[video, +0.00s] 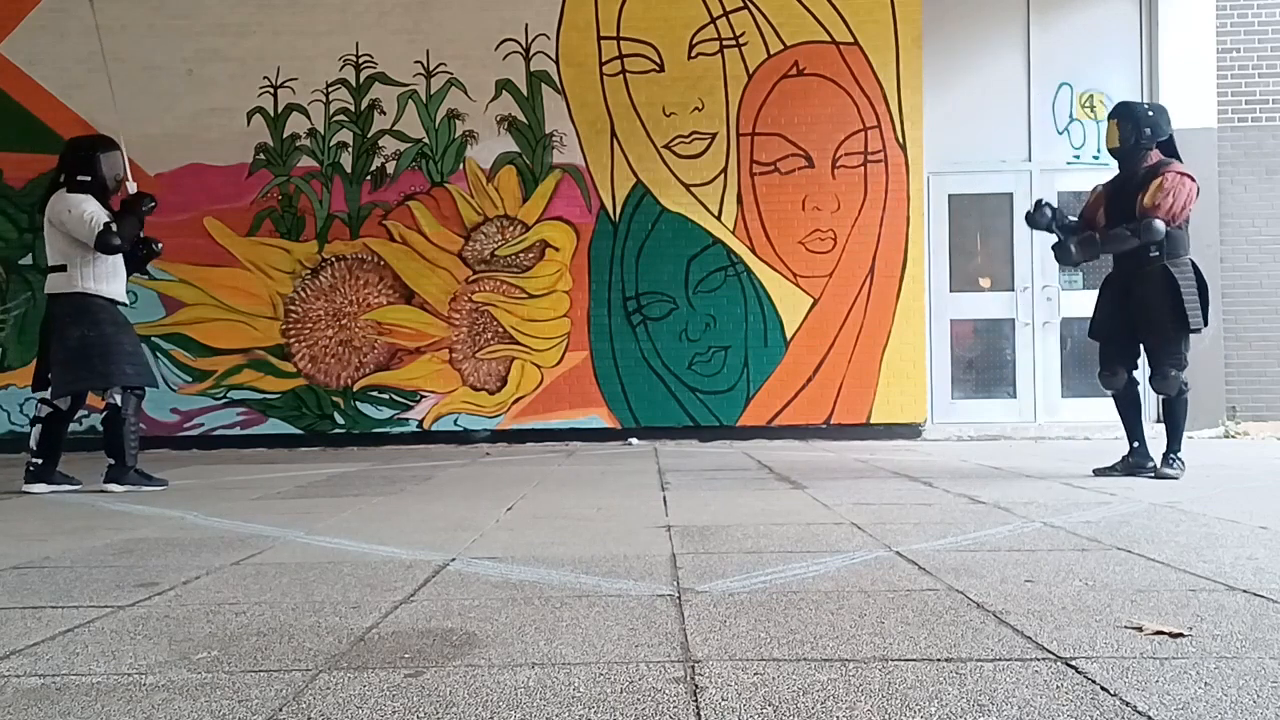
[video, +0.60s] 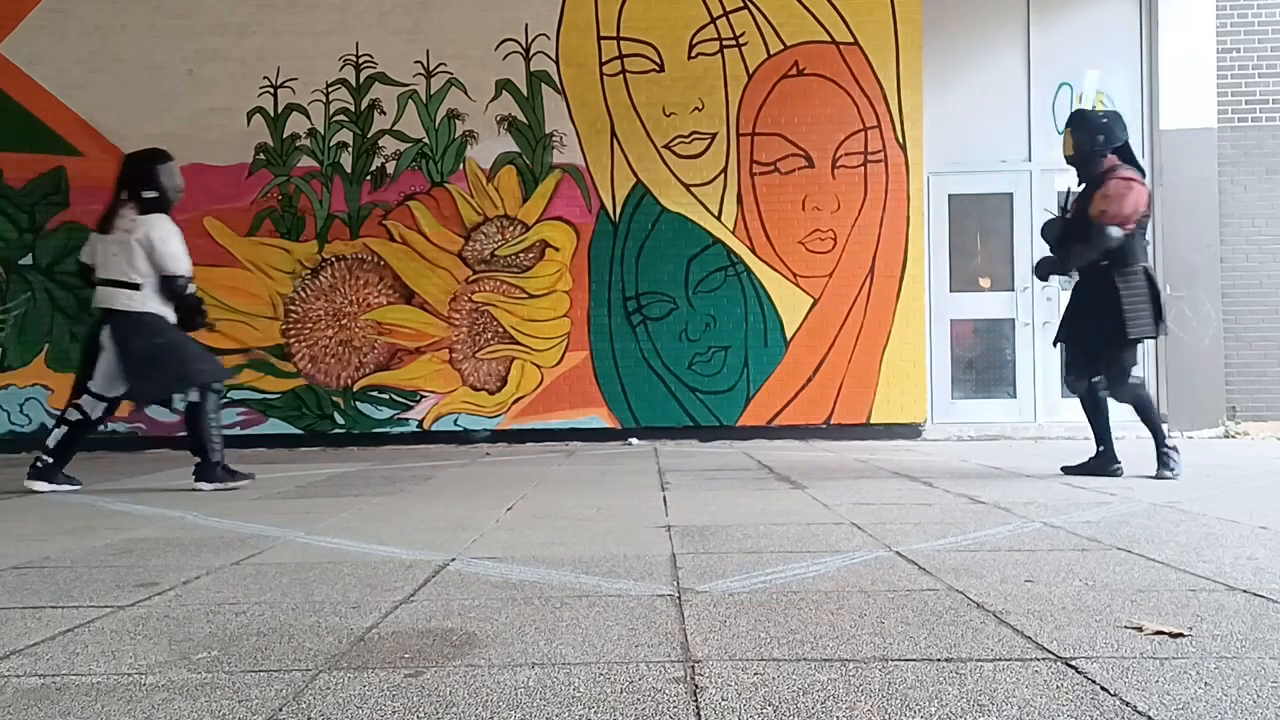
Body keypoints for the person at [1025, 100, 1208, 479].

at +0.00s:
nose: (1111, 139)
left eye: (1119, 130)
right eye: (1110, 131)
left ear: (1144, 133)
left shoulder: (1173, 179)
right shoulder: (1112, 189)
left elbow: (1150, 229)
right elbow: (1088, 229)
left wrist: (1087, 248)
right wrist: (1057, 221)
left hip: (1165, 283)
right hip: (1122, 284)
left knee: (1168, 375)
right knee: (1115, 371)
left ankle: (1173, 455)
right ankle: (1139, 454)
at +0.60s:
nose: (1070, 151)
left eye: (1075, 142)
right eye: (1069, 142)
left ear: (1098, 143)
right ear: (1100, 143)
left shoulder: (1122, 185)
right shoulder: (1094, 184)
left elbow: (1097, 243)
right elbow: (1076, 235)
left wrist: (1054, 263)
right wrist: (1056, 229)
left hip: (1122, 288)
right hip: (1092, 289)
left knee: (1120, 380)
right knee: (1081, 375)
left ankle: (1164, 446)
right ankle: (1106, 456)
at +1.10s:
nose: (991, 172)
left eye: (996, 165)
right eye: (991, 165)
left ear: (1018, 167)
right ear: (1033, 169)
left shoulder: (1021, 206)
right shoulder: (1055, 201)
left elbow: (981, 254)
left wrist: (954, 260)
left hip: (1034, 308)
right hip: (1059, 306)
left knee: (977, 374)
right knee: (1039, 391)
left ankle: (948, 458)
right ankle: (1102, 456)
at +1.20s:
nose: (975, 172)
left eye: (980, 165)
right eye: (975, 165)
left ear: (1001, 168)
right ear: (1017, 170)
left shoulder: (1001, 208)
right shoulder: (1041, 205)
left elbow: (965, 258)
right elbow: (1025, 256)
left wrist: (942, 266)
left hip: (1014, 307)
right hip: (1042, 307)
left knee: (945, 374)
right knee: (1029, 396)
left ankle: (942, 459)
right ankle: (1098, 452)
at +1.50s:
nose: (948, 168)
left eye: (953, 160)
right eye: (949, 160)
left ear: (977, 162)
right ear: (992, 164)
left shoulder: (977, 201)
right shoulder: (1021, 201)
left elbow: (941, 255)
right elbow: (1008, 250)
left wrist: (921, 268)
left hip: (989, 304)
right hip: (1022, 305)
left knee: (929, 371)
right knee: (1014, 389)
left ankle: (941, 460)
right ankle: (1070, 455)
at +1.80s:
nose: (946, 168)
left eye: (952, 161)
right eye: (947, 160)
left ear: (975, 164)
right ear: (991, 165)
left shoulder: (980, 202)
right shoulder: (1014, 200)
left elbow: (948, 258)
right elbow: (990, 254)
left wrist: (922, 272)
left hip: (989, 304)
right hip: (1018, 303)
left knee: (930, 369)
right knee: (1015, 389)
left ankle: (941, 460)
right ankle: (1071, 455)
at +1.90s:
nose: (945, 168)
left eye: (951, 160)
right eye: (945, 160)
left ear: (975, 163)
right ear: (989, 165)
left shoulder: (980, 201)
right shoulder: (1012, 200)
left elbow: (948, 256)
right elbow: (985, 253)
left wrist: (920, 273)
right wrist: (935, 268)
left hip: (989, 303)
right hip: (1017, 303)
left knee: (932, 369)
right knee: (1016, 389)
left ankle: (941, 460)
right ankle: (1071, 455)